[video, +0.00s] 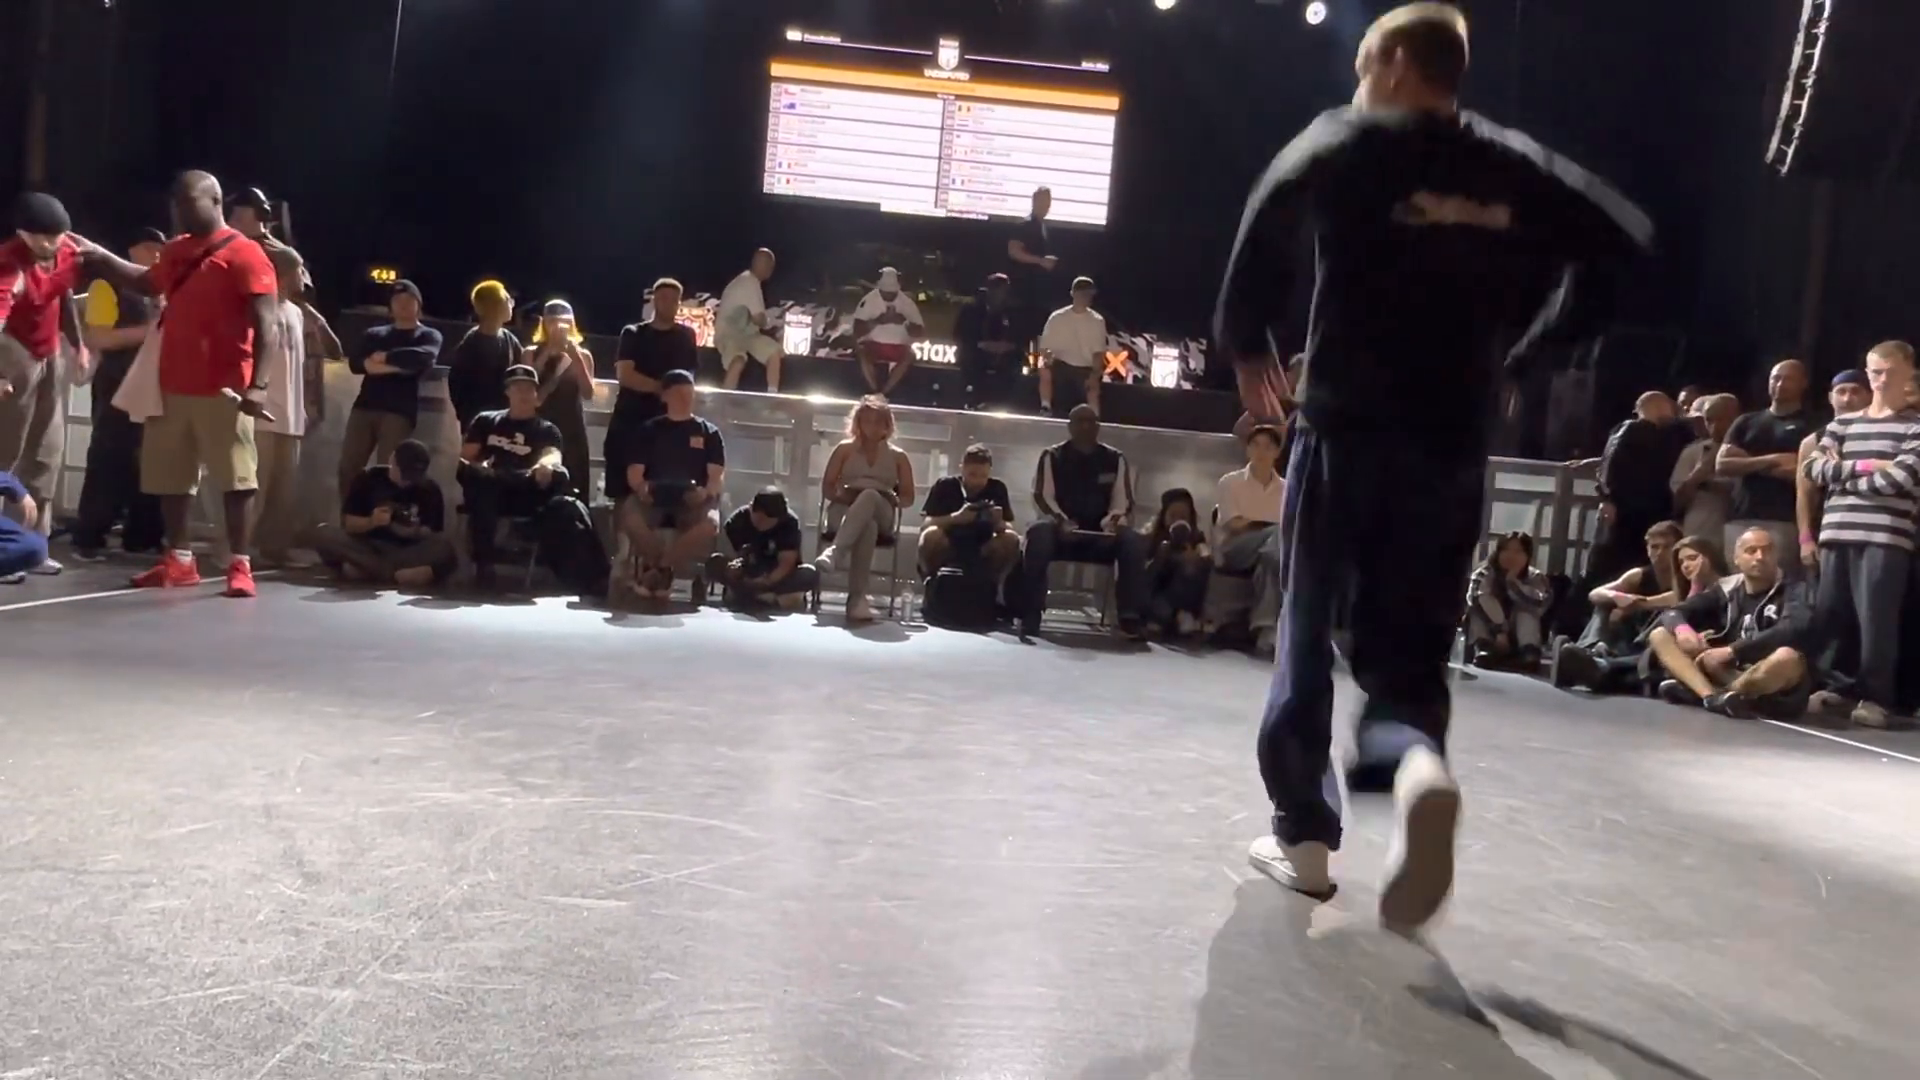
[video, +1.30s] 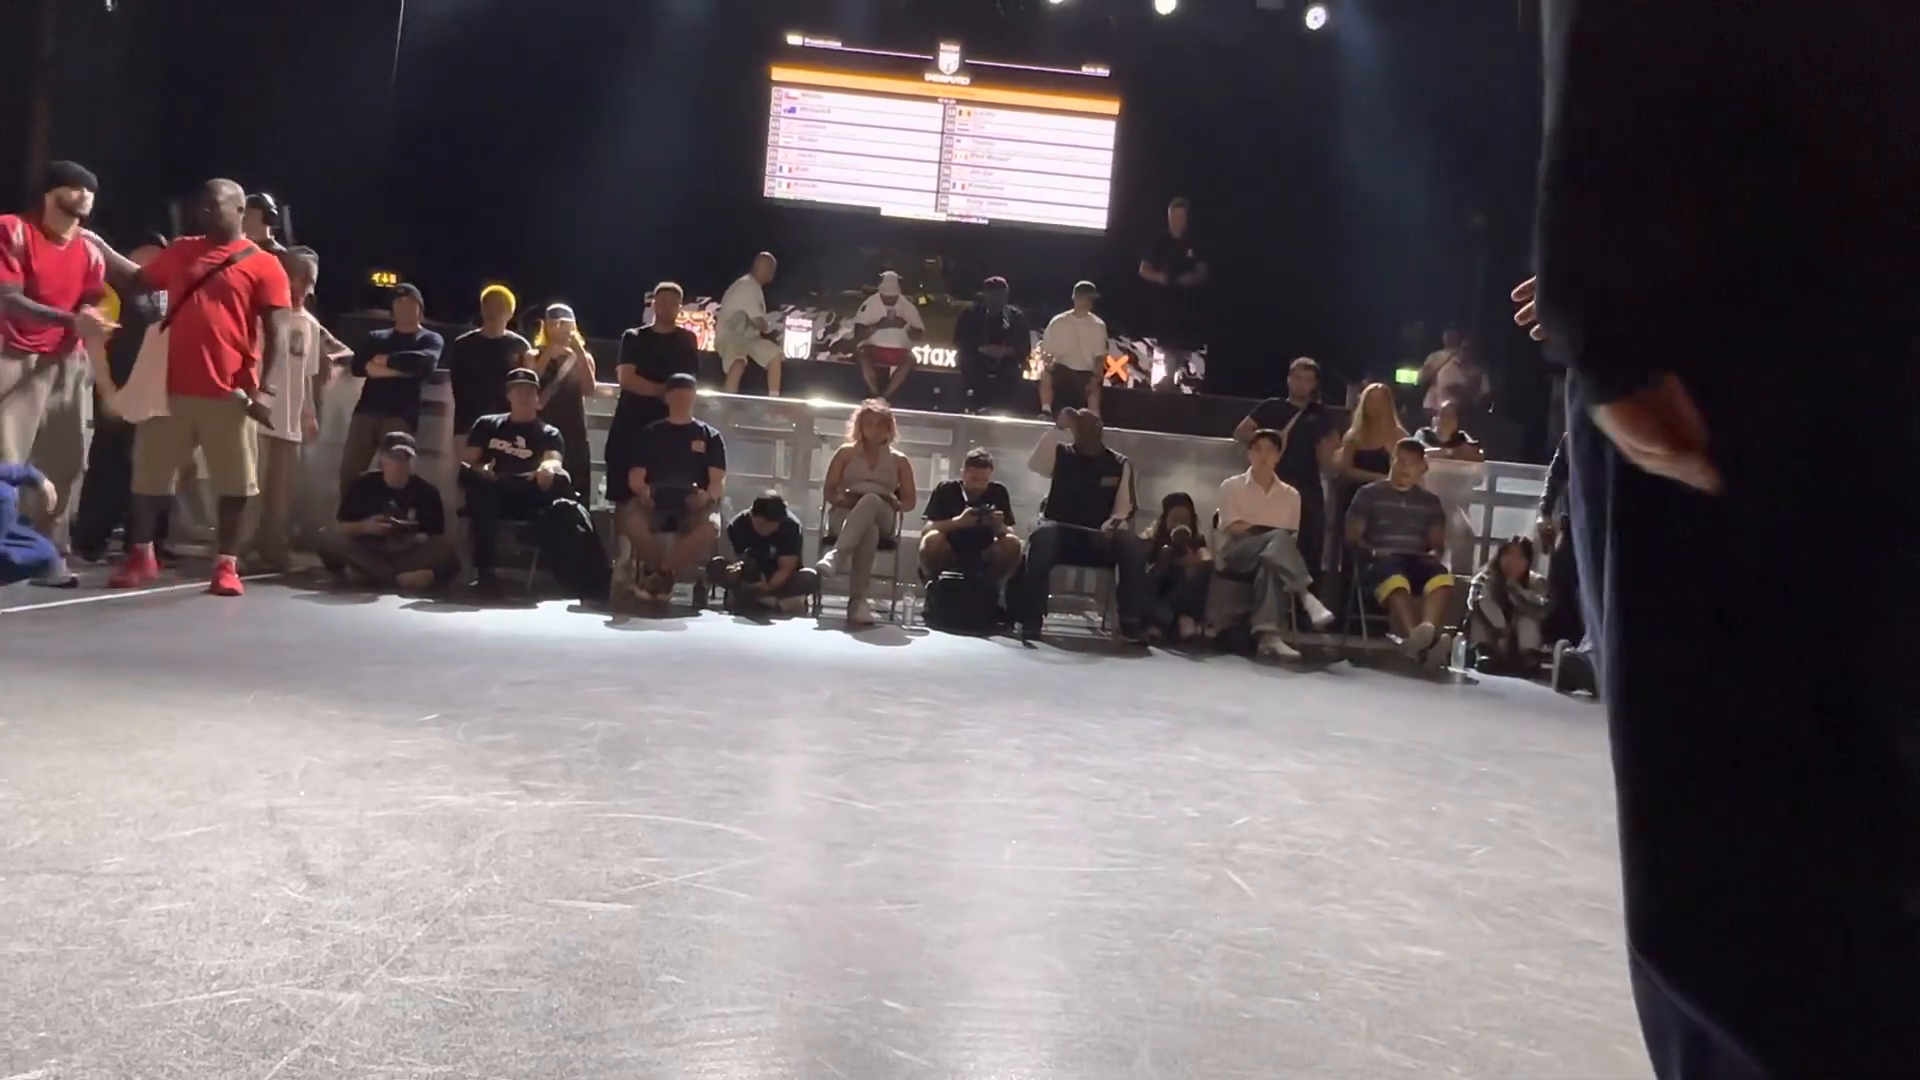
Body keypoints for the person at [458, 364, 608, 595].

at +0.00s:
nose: (525, 394)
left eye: (529, 389)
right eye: (519, 389)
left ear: (537, 394)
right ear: (507, 392)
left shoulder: (547, 429)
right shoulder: (486, 421)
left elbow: (552, 454)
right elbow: (464, 460)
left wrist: (546, 464)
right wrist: (480, 468)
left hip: (530, 490)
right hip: (493, 487)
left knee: (568, 507)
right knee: (478, 483)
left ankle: (594, 582)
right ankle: (484, 567)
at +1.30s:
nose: (524, 397)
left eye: (529, 392)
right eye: (518, 391)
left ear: (538, 398)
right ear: (508, 395)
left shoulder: (549, 433)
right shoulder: (487, 424)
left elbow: (552, 465)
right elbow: (466, 465)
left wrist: (547, 470)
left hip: (531, 493)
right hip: (495, 492)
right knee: (481, 493)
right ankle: (485, 573)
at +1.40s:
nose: (521, 398)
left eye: (527, 393)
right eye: (516, 392)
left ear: (535, 399)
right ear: (506, 396)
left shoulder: (547, 434)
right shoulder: (485, 425)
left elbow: (550, 466)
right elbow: (464, 464)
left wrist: (547, 471)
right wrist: (481, 473)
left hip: (528, 493)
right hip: (493, 493)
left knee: (557, 482)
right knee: (478, 492)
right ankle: (484, 574)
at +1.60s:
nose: (518, 400)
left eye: (523, 395)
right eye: (513, 394)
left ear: (531, 400)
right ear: (502, 398)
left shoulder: (543, 436)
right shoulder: (481, 428)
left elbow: (546, 467)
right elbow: (460, 468)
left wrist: (543, 472)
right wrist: (478, 477)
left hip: (524, 494)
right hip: (489, 493)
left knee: (552, 484)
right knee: (474, 495)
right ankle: (479, 576)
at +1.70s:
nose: (516, 401)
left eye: (521, 396)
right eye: (511, 395)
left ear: (529, 401)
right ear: (500, 399)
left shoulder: (541, 437)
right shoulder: (479, 428)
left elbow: (543, 472)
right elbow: (458, 469)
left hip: (522, 495)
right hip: (486, 494)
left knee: (550, 485)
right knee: (472, 495)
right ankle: (477, 577)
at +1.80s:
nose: (514, 401)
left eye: (518, 396)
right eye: (508, 395)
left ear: (527, 402)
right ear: (498, 400)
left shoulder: (540, 438)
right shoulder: (477, 429)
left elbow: (543, 466)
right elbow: (457, 471)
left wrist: (538, 474)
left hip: (521, 495)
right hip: (486, 494)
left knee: (550, 486)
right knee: (469, 496)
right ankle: (475, 577)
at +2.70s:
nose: (498, 423)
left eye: (502, 417)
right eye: (492, 417)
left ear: (512, 421)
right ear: (482, 421)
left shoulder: (524, 457)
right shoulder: (461, 449)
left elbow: (529, 482)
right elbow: (442, 488)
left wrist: (522, 492)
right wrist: (458, 496)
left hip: (506, 514)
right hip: (470, 512)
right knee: (457, 518)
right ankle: (464, 597)